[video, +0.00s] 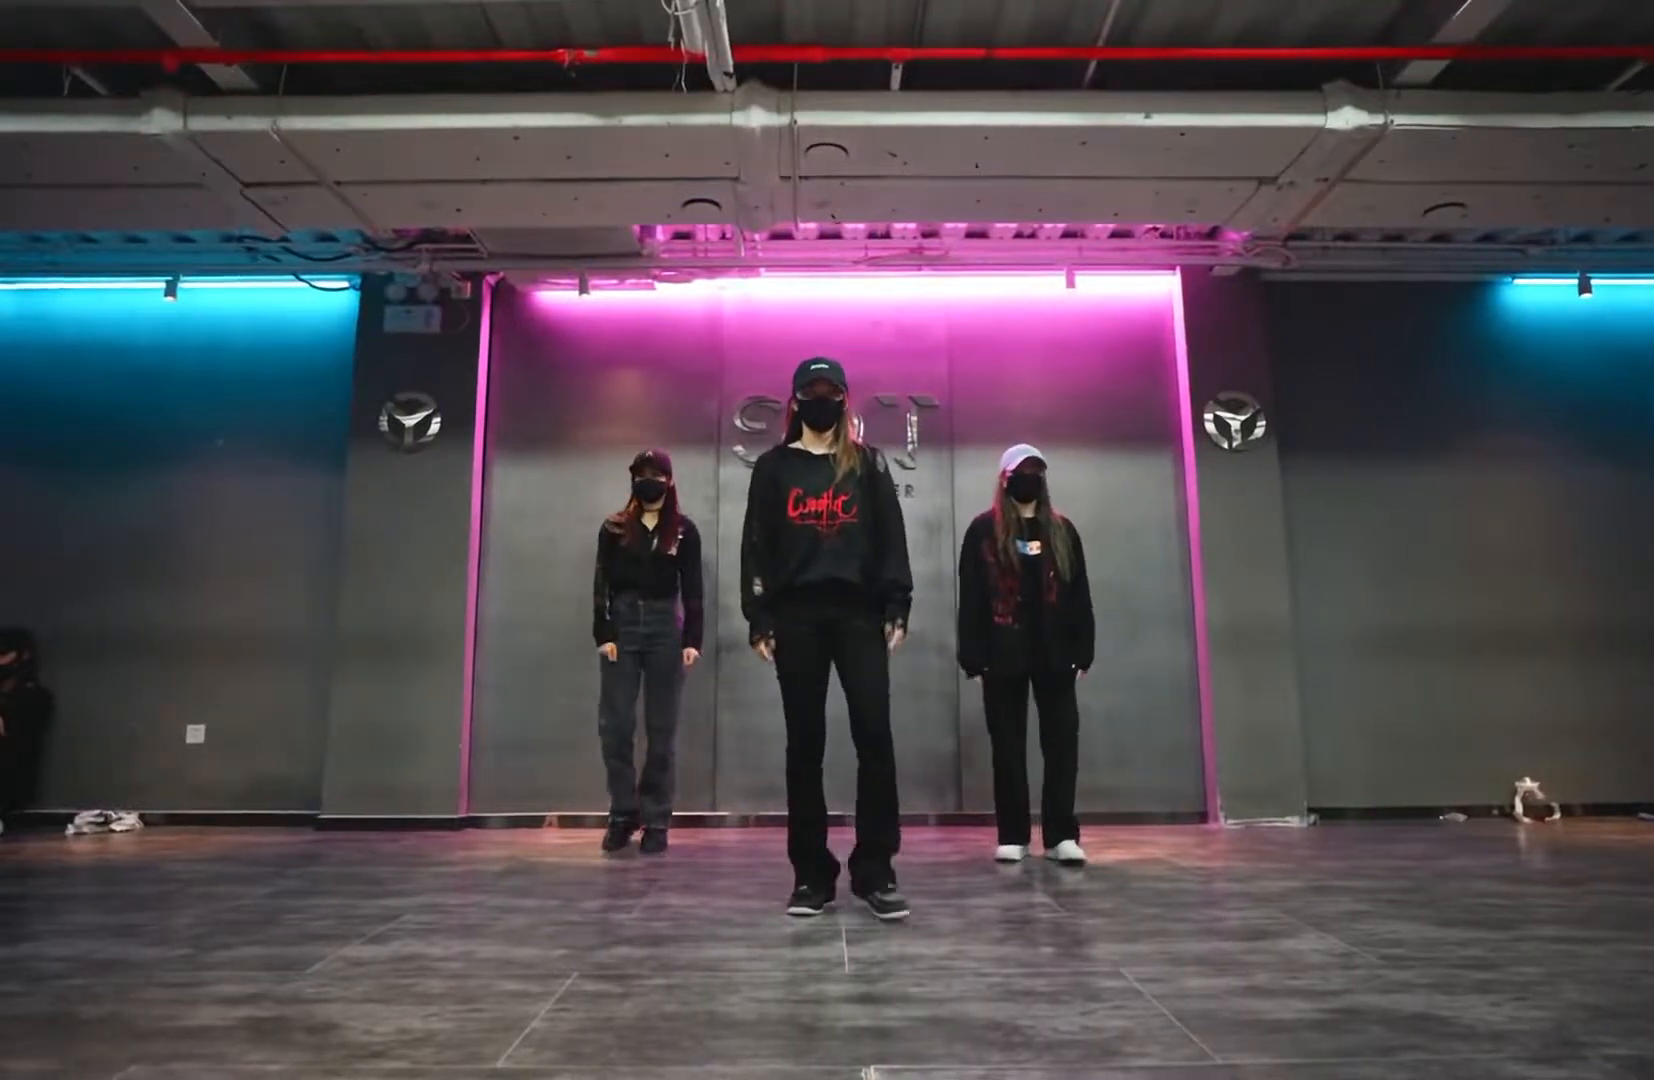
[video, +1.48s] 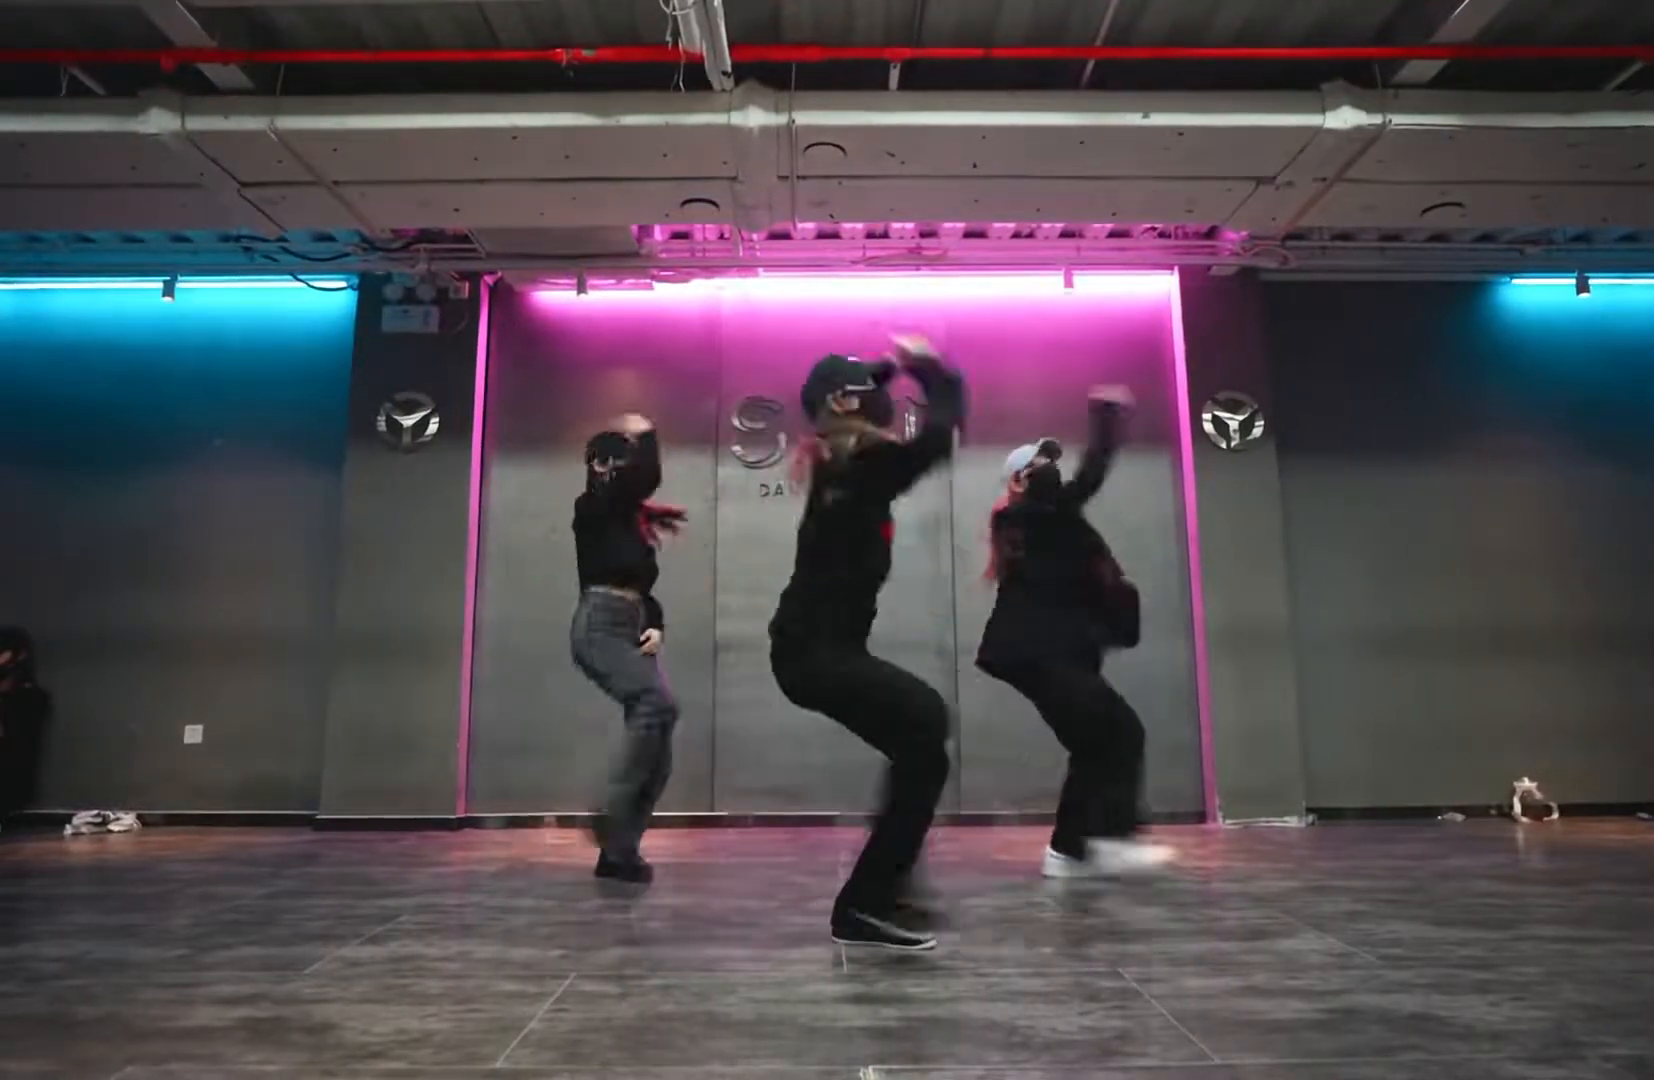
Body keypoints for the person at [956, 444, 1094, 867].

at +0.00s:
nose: (1031, 482)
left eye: (1036, 475)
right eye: (1023, 475)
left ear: (1044, 479)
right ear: (1006, 479)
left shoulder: (1062, 529)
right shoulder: (983, 530)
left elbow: (1079, 594)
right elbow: (971, 596)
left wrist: (1083, 649)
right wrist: (972, 654)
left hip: (1055, 656)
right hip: (1002, 657)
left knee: (1062, 746)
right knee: (1008, 749)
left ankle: (1062, 837)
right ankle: (1012, 838)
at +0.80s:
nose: (1038, 500)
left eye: (1045, 491)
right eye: (1029, 492)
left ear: (1055, 495)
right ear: (1013, 496)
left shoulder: (1073, 542)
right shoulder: (992, 547)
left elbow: (1100, 604)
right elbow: (971, 605)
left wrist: (1065, 597)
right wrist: (954, 599)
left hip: (1066, 660)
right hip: (1008, 659)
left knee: (1091, 744)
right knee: (975, 732)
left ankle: (1091, 839)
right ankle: (972, 830)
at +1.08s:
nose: (1024, 506)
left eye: (1031, 497)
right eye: (1015, 498)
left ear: (1041, 503)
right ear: (997, 503)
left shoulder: (1055, 556)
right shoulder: (971, 555)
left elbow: (1089, 607)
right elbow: (942, 605)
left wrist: (1132, 606)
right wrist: (988, 594)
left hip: (1041, 668)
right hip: (985, 671)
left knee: (1101, 740)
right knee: (978, 762)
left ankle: (1076, 830)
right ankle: (928, 859)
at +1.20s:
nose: (1042, 510)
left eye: (1047, 502)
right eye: (1033, 502)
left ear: (1053, 507)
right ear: (1012, 508)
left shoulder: (1047, 558)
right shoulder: (999, 558)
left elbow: (1076, 600)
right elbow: (1018, 618)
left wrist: (1094, 616)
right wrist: (1078, 619)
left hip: (1043, 683)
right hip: (1003, 682)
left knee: (1100, 751)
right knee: (997, 774)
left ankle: (1066, 853)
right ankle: (921, 853)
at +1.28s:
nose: (1049, 506)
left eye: (1053, 498)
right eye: (1041, 499)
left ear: (1057, 501)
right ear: (1017, 502)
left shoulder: (1046, 550)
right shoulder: (1012, 551)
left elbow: (1076, 601)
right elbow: (1045, 615)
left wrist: (1104, 624)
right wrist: (1112, 623)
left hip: (1044, 679)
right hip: (1022, 681)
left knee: (1102, 751)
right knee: (1011, 774)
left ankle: (1071, 853)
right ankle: (927, 844)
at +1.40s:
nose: (1058, 485)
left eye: (1057, 477)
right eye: (1050, 478)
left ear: (1026, 484)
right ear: (1025, 482)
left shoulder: (1040, 526)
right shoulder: (1023, 525)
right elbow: (1088, 534)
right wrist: (1159, 510)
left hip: (1047, 659)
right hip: (1031, 659)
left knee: (1089, 744)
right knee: (1089, 742)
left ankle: (1075, 853)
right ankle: (1014, 822)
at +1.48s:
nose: (1054, 468)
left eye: (1052, 463)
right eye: (1042, 465)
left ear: (1038, 478)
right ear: (1022, 478)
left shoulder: (1047, 513)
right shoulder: (1030, 514)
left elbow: (1089, 478)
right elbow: (1082, 484)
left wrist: (1105, 419)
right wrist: (1103, 423)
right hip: (1036, 649)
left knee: (1093, 741)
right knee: (1121, 730)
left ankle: (1069, 848)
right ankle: (1113, 837)